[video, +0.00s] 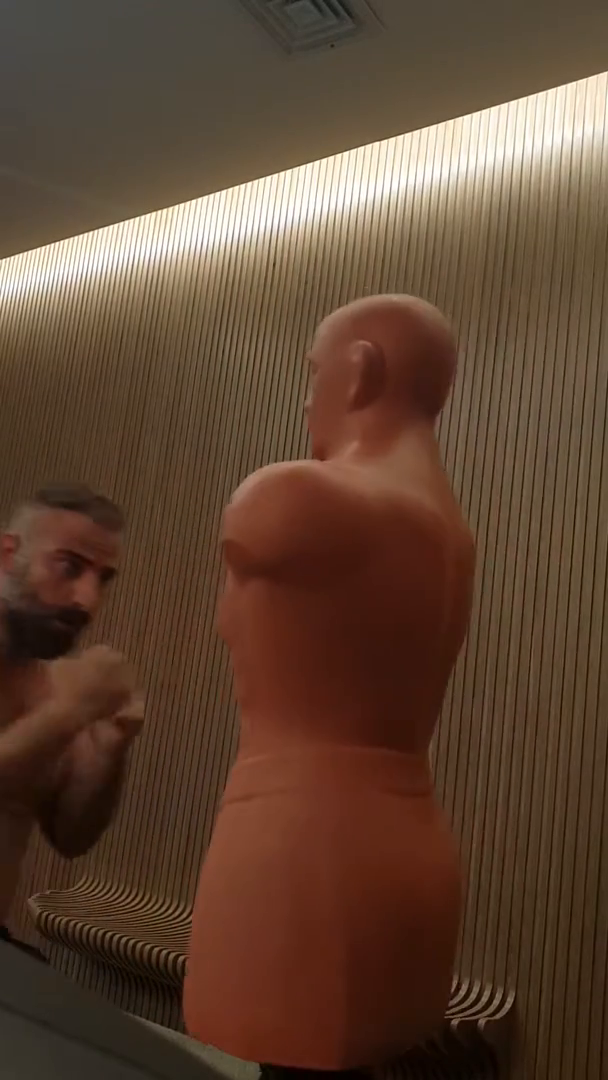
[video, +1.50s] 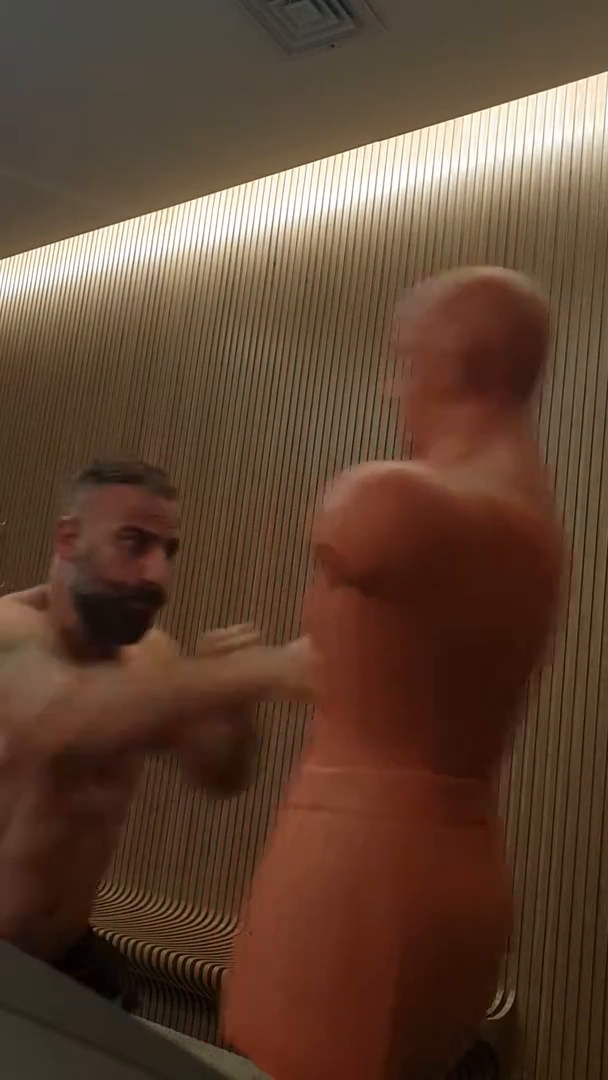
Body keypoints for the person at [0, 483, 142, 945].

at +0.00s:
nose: (88, 598)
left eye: (103, 578)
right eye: (70, 565)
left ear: (110, 584)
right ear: (9, 553)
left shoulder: (47, 686)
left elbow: (69, 838)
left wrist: (109, 752)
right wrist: (65, 711)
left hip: (3, 935)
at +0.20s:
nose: (28, 593)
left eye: (46, 572)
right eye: (11, 562)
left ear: (55, 574)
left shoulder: (35, 663)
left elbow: (95, 809)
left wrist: (121, 727)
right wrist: (62, 680)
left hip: (1, 926)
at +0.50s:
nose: (105, 586)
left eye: (124, 561)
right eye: (81, 555)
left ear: (137, 561)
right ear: (25, 545)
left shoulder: (152, 675)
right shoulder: (6, 638)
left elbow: (252, 794)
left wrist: (235, 782)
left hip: (64, 948)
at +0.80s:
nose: (140, 586)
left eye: (154, 563)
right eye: (119, 554)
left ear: (162, 565)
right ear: (54, 545)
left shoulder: (124, 666)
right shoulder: (8, 637)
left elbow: (180, 802)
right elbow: (8, 774)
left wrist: (200, 722)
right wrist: (89, 690)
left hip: (43, 942)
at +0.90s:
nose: (103, 587)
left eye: (116, 566)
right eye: (82, 555)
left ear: (123, 567)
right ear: (15, 543)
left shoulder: (75, 669)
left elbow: (119, 818)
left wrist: (146, 718)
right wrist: (54, 686)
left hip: (9, 933)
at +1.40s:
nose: (125, 572)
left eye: (138, 548)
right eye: (100, 542)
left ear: (148, 553)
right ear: (36, 539)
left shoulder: (120, 663)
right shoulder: (7, 644)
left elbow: (184, 795)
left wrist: (196, 723)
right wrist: (7, 687)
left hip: (34, 951)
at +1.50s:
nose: (156, 574)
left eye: (169, 551)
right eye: (132, 544)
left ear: (179, 558)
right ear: (67, 540)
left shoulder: (149, 652)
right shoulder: (13, 630)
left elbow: (221, 779)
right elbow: (56, 719)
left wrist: (227, 687)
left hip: (67, 955)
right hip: (5, 946)